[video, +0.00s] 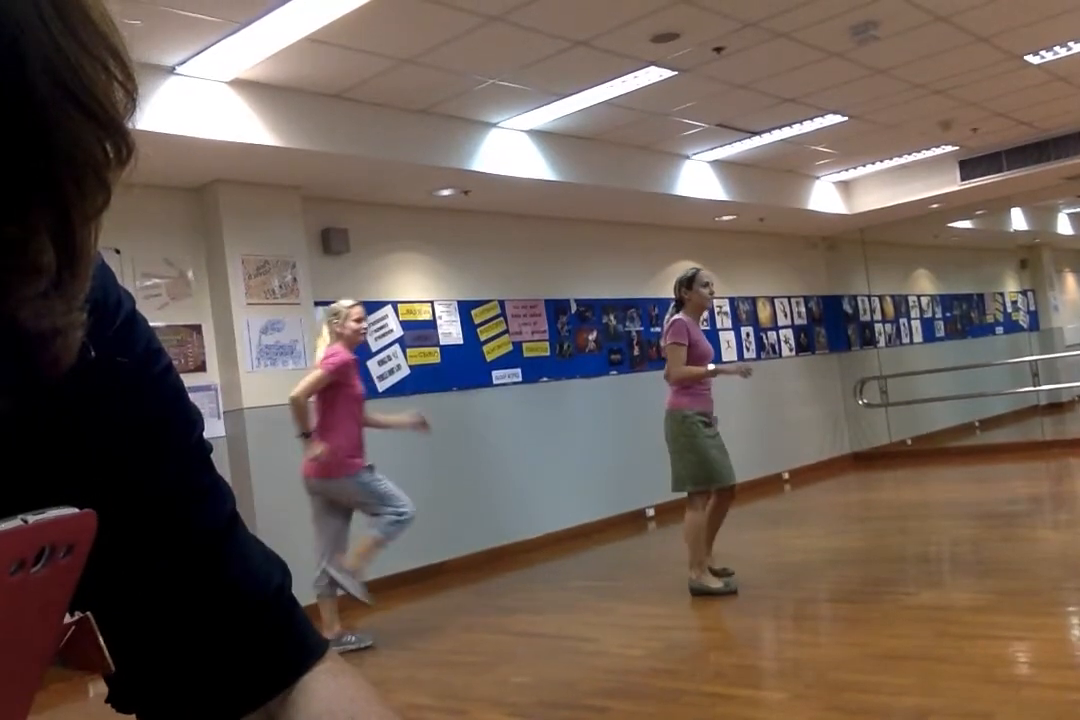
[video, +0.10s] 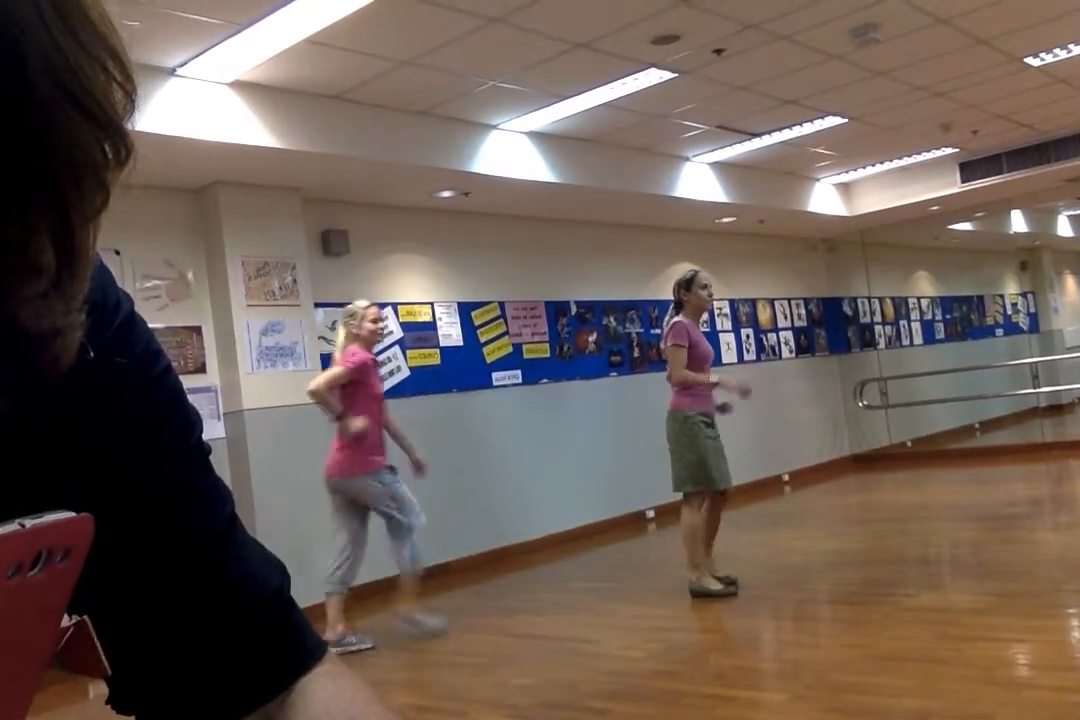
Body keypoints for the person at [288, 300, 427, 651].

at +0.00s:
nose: (364, 325)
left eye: (364, 319)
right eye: (357, 320)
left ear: (351, 326)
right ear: (338, 325)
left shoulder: (342, 360)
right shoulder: (340, 358)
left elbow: (359, 416)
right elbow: (298, 396)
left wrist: (406, 421)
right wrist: (307, 438)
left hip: (322, 469)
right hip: (341, 466)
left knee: (329, 553)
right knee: (400, 511)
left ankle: (333, 632)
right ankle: (351, 565)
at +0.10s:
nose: (380, 326)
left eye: (380, 320)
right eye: (374, 321)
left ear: (369, 327)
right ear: (355, 325)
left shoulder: (364, 361)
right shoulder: (360, 358)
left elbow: (383, 417)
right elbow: (317, 388)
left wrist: (411, 452)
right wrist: (343, 417)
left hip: (341, 470)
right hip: (364, 467)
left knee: (349, 546)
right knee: (408, 521)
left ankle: (335, 629)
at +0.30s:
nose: (424, 324)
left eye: (423, 319)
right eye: (419, 319)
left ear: (400, 322)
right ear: (401, 321)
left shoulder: (394, 352)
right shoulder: (401, 352)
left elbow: (396, 398)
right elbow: (393, 400)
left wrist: (424, 384)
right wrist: (427, 389)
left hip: (393, 461)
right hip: (407, 461)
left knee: (412, 539)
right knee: (430, 535)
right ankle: (432, 616)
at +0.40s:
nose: (444, 323)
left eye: (444, 317)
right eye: (439, 317)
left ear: (421, 321)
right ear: (421, 319)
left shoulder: (406, 354)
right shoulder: (423, 354)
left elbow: (399, 412)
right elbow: (440, 405)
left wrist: (398, 459)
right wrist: (472, 389)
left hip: (411, 457)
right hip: (428, 458)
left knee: (466, 510)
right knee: (440, 531)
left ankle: (420, 552)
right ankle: (433, 614)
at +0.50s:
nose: (462, 322)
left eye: (461, 316)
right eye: (457, 316)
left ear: (435, 319)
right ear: (438, 318)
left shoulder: (421, 353)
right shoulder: (443, 352)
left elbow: (402, 403)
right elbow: (471, 399)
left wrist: (411, 445)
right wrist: (510, 401)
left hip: (429, 454)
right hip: (447, 455)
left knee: (484, 496)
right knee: (446, 526)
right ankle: (433, 613)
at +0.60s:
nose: (480, 326)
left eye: (479, 320)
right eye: (475, 321)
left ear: (455, 325)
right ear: (458, 324)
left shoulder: (440, 358)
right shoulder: (467, 356)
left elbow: (415, 401)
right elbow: (495, 403)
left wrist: (435, 431)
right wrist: (532, 424)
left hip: (452, 453)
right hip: (469, 455)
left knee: (494, 518)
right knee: (461, 527)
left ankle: (515, 585)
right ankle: (435, 608)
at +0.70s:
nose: (498, 321)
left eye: (496, 316)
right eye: (491, 317)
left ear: (477, 323)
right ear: (474, 322)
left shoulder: (465, 355)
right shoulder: (480, 357)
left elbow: (455, 399)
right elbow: (494, 407)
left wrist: (470, 430)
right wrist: (522, 442)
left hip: (476, 455)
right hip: (483, 456)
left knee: (514, 513)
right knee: (502, 518)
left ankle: (521, 583)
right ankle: (447, 582)